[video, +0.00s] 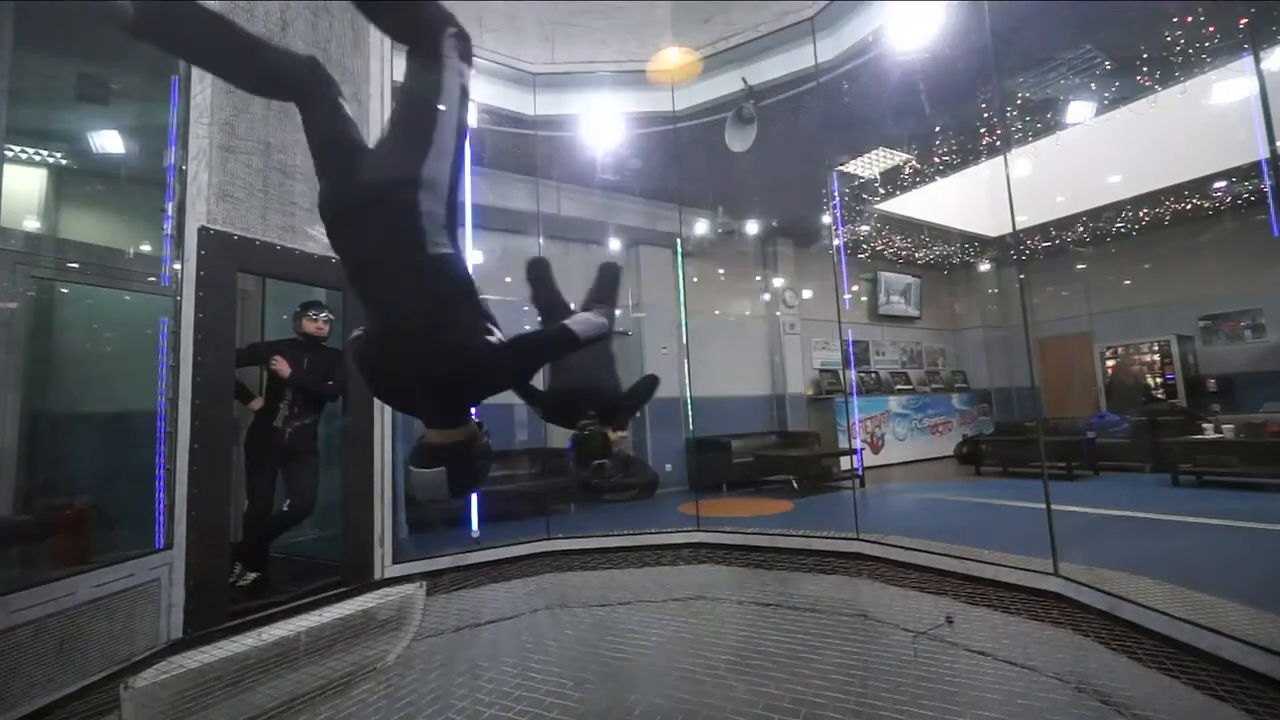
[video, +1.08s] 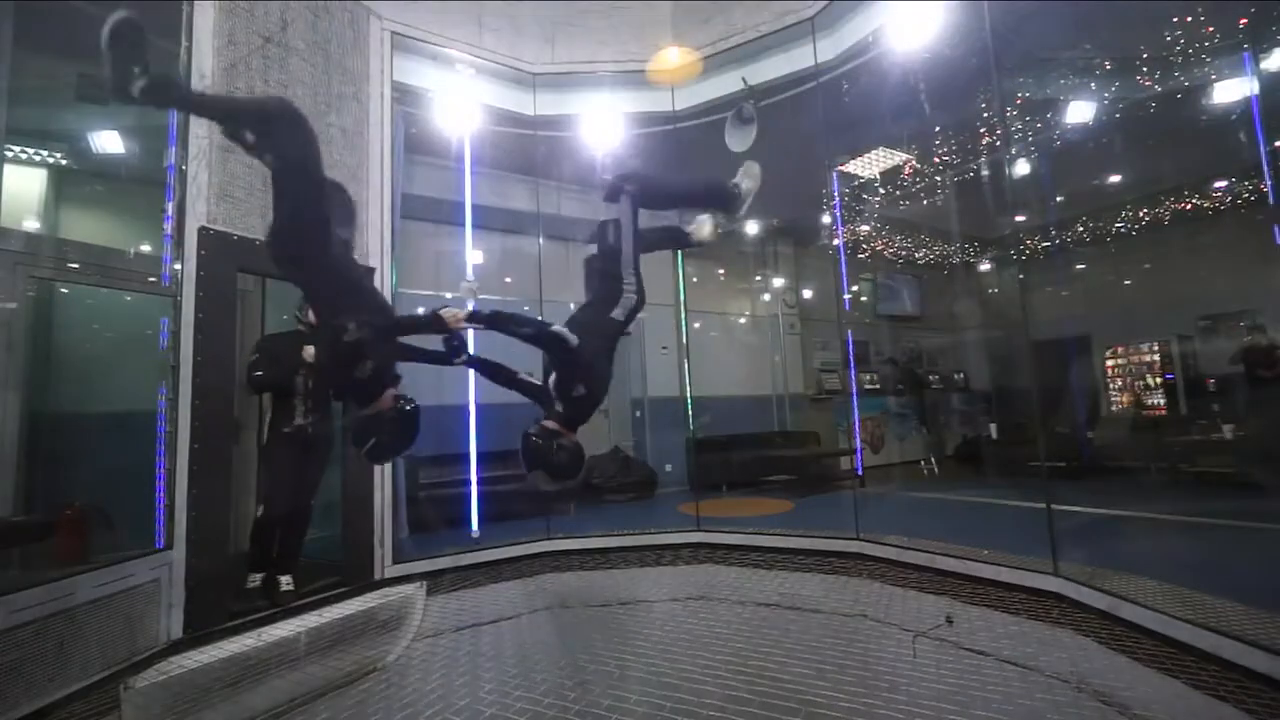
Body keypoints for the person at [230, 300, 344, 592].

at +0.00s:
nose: (319, 324)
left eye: (325, 320)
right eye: (313, 319)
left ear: (330, 326)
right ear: (299, 323)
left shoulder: (334, 357)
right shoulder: (279, 348)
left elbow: (333, 392)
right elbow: (223, 361)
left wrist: (291, 375)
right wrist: (249, 398)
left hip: (302, 441)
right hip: (264, 437)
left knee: (303, 504)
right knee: (260, 505)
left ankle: (241, 553)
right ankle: (254, 570)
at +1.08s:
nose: (319, 314)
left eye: (322, 309)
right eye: (314, 309)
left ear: (328, 313)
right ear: (302, 311)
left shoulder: (332, 346)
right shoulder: (274, 343)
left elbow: (341, 390)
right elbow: (256, 380)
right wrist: (297, 363)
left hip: (316, 439)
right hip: (281, 438)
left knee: (301, 506)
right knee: (272, 506)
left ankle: (286, 574)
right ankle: (258, 571)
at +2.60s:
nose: (315, 310)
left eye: (319, 306)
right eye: (307, 305)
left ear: (323, 313)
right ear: (290, 310)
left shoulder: (319, 351)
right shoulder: (266, 338)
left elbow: (352, 379)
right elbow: (235, 362)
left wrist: (354, 357)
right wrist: (279, 360)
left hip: (301, 437)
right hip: (265, 431)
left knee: (299, 506)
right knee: (229, 465)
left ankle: (283, 573)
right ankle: (236, 539)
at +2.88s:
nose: (310, 317)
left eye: (314, 313)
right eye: (301, 312)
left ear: (320, 322)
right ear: (284, 320)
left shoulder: (317, 355)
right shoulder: (262, 347)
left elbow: (335, 357)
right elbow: (209, 365)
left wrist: (352, 361)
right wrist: (252, 363)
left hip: (295, 446)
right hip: (256, 438)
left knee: (301, 517)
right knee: (216, 445)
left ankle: (281, 577)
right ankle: (191, 518)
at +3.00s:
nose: (305, 312)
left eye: (310, 309)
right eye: (297, 306)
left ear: (314, 321)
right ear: (280, 313)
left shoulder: (312, 352)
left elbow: (329, 356)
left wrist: (341, 356)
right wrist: (218, 349)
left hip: (282, 440)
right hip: (243, 431)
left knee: (288, 516)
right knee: (204, 426)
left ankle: (279, 575)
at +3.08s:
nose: (299, 306)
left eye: (305, 304)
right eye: (291, 301)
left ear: (309, 318)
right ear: (275, 308)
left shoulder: (309, 349)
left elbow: (364, 356)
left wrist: (338, 350)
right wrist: (182, 349)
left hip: (265, 434)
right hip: (222, 419)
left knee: (270, 518)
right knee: (194, 418)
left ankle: (265, 553)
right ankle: (124, 466)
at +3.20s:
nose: (287, 305)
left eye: (294, 304)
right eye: (280, 300)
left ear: (300, 318)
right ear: (263, 307)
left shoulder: (301, 350)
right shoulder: (231, 331)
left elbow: (363, 360)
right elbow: (180, 352)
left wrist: (333, 348)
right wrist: (175, 355)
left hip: (239, 440)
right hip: (199, 423)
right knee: (168, 385)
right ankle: (91, 442)